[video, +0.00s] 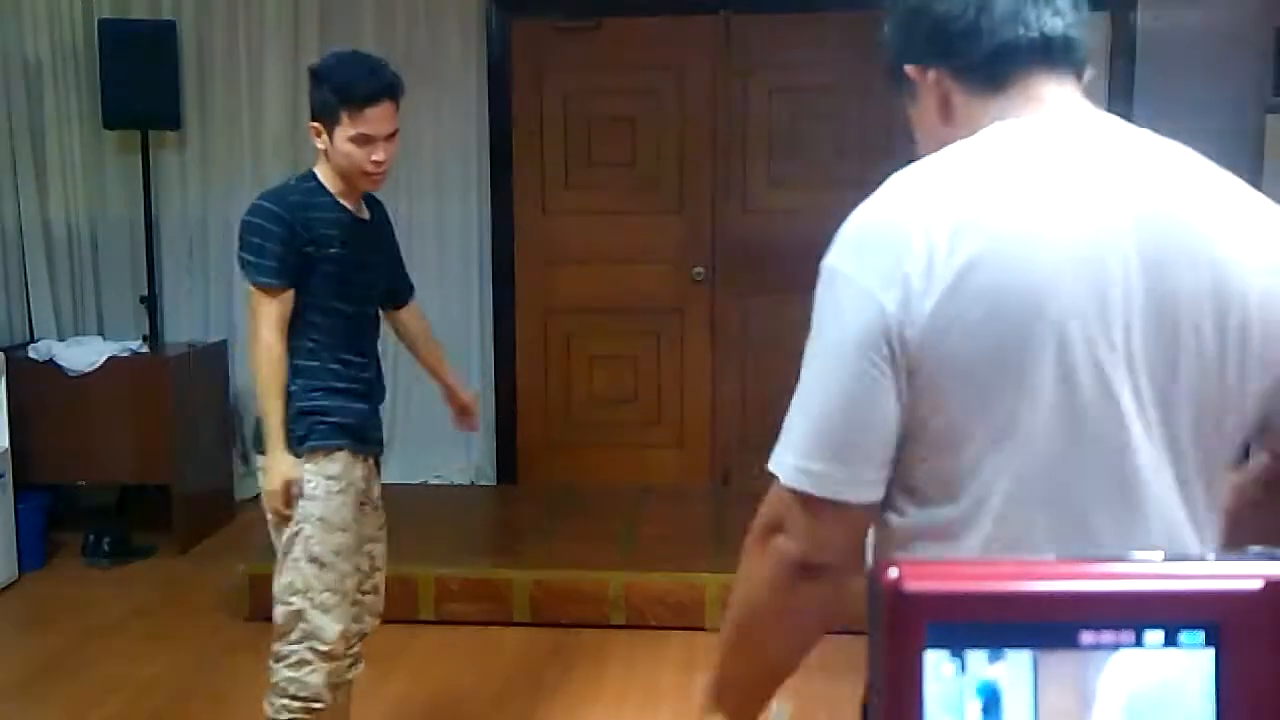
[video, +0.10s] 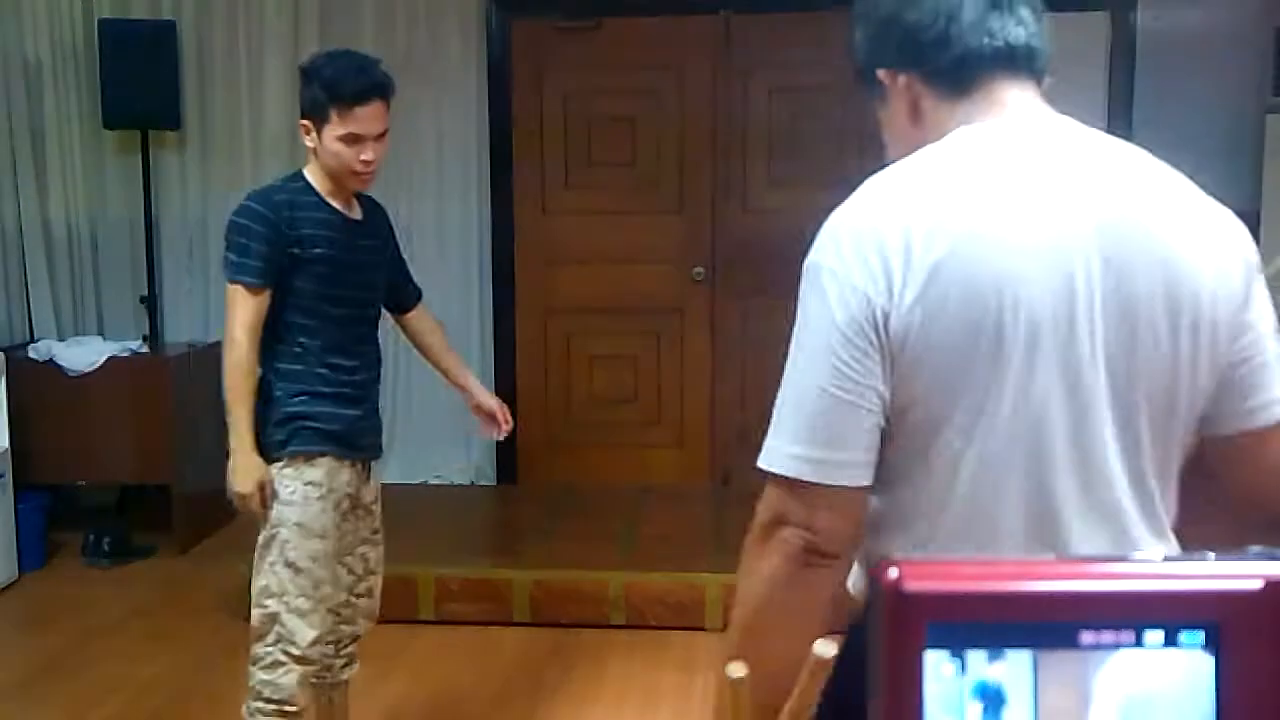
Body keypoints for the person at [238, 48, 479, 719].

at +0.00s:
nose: (380, 155)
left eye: (389, 139)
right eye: (364, 141)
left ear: (399, 130)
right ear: (320, 135)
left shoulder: (371, 215)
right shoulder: (279, 214)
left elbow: (401, 309)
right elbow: (267, 333)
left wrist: (449, 382)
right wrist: (275, 450)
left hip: (359, 445)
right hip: (311, 445)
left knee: (354, 619)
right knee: (317, 630)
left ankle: (326, 709)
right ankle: (297, 714)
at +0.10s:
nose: (369, 155)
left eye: (379, 138)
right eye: (352, 139)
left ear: (389, 129)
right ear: (309, 134)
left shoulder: (371, 219)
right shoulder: (268, 214)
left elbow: (412, 314)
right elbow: (241, 339)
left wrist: (472, 388)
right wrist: (242, 449)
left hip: (358, 453)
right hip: (301, 453)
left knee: (344, 626)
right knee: (295, 634)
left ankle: (330, 715)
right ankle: (278, 717)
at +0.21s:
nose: (356, 156)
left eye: (366, 138)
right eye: (339, 140)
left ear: (376, 130)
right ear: (296, 134)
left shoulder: (363, 221)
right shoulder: (252, 217)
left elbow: (405, 321)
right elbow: (218, 338)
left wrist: (470, 394)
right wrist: (225, 453)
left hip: (351, 456)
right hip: (290, 457)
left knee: (336, 627)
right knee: (281, 636)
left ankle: (328, 715)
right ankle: (250, 719)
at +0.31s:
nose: (341, 160)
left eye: (352, 143)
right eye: (323, 143)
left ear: (364, 134)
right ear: (279, 135)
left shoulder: (349, 227)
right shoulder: (234, 221)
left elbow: (385, 331)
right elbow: (208, 347)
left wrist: (446, 407)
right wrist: (222, 462)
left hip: (340, 466)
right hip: (276, 469)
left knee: (329, 640)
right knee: (270, 656)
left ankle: (330, 717)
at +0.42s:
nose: (328, 162)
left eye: (339, 144)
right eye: (311, 145)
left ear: (349, 134)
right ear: (263, 136)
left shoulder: (335, 233)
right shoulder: (210, 226)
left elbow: (362, 340)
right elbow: (197, 356)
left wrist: (416, 413)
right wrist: (226, 472)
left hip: (327, 474)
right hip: (259, 477)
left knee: (328, 654)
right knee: (259, 671)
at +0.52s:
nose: (315, 162)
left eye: (326, 144)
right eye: (297, 146)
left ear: (337, 135)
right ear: (249, 136)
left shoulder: (324, 232)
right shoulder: (194, 225)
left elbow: (351, 341)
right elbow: (178, 359)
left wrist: (407, 412)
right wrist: (221, 477)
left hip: (317, 478)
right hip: (236, 482)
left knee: (340, 646)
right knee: (243, 671)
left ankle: (330, 717)